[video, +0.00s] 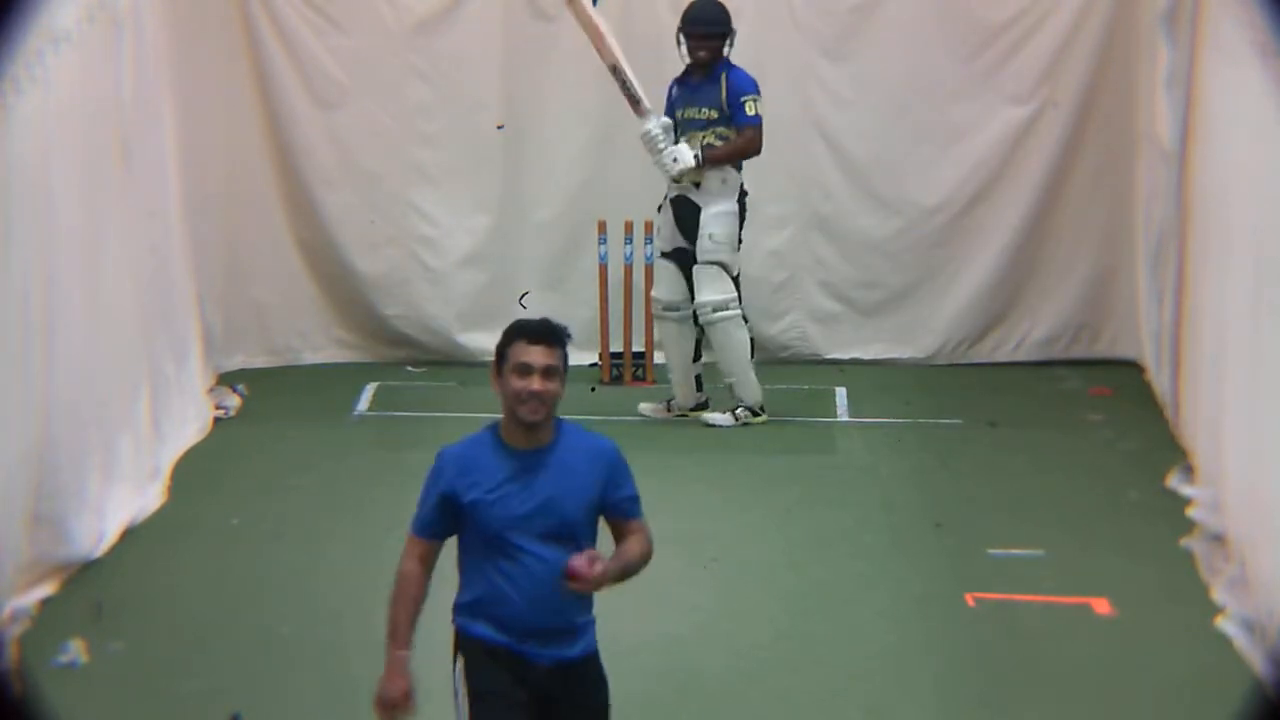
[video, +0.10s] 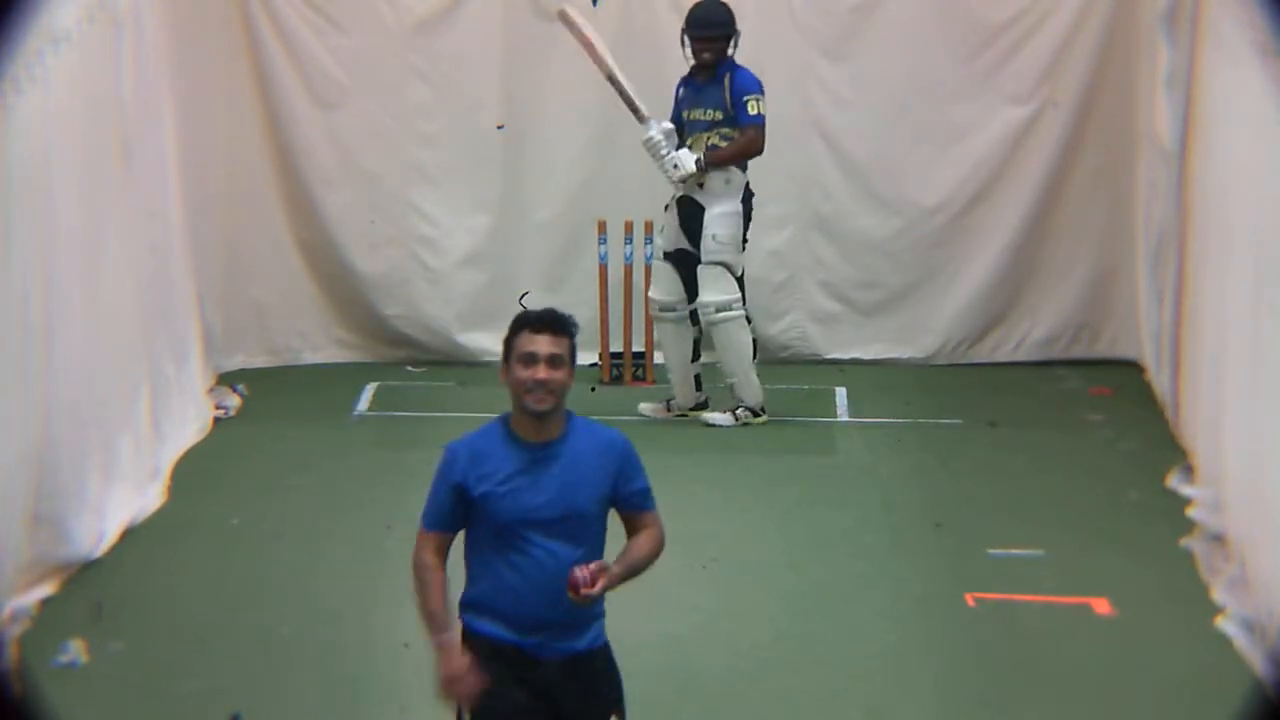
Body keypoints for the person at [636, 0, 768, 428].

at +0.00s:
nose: (700, 47)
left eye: (709, 40)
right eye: (692, 39)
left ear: (725, 40)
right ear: (683, 39)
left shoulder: (738, 83)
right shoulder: (678, 88)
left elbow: (752, 142)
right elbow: (670, 145)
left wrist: (699, 157)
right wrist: (659, 139)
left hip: (719, 200)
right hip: (679, 199)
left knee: (714, 296)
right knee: (671, 298)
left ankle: (749, 402)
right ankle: (686, 398)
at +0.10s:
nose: (702, 48)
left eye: (712, 41)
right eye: (695, 40)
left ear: (730, 41)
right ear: (687, 39)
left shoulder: (742, 82)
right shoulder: (685, 87)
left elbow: (754, 142)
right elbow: (678, 141)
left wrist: (700, 160)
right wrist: (664, 139)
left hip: (723, 199)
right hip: (684, 198)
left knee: (718, 297)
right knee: (670, 298)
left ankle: (749, 402)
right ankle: (686, 398)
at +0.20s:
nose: (703, 56)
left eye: (713, 48)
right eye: (697, 48)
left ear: (731, 46)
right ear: (688, 44)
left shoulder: (743, 82)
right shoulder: (694, 85)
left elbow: (749, 144)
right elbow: (687, 139)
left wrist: (695, 163)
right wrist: (667, 137)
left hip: (729, 201)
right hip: (692, 199)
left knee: (719, 297)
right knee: (667, 294)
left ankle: (749, 401)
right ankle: (686, 395)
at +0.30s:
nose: (700, 62)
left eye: (709, 54)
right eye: (694, 54)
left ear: (728, 47)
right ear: (686, 49)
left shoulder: (742, 82)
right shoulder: (699, 84)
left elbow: (742, 140)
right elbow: (689, 138)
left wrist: (685, 159)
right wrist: (665, 134)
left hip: (729, 201)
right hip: (694, 200)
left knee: (719, 297)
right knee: (667, 293)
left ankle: (749, 402)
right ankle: (687, 395)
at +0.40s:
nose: (693, 63)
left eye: (701, 55)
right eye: (687, 56)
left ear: (720, 47)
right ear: (681, 51)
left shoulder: (736, 81)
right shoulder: (699, 81)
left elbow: (727, 140)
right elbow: (698, 136)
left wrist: (674, 149)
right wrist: (667, 126)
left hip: (726, 202)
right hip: (694, 200)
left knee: (719, 298)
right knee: (671, 296)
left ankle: (749, 402)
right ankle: (689, 396)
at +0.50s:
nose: (682, 66)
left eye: (688, 57)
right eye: (677, 59)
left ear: (708, 48)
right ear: (675, 54)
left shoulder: (731, 79)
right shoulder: (693, 82)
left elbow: (714, 139)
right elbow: (693, 136)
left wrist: (662, 141)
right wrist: (662, 123)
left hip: (721, 202)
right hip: (689, 201)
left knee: (716, 298)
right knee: (674, 298)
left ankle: (749, 402)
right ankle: (691, 398)